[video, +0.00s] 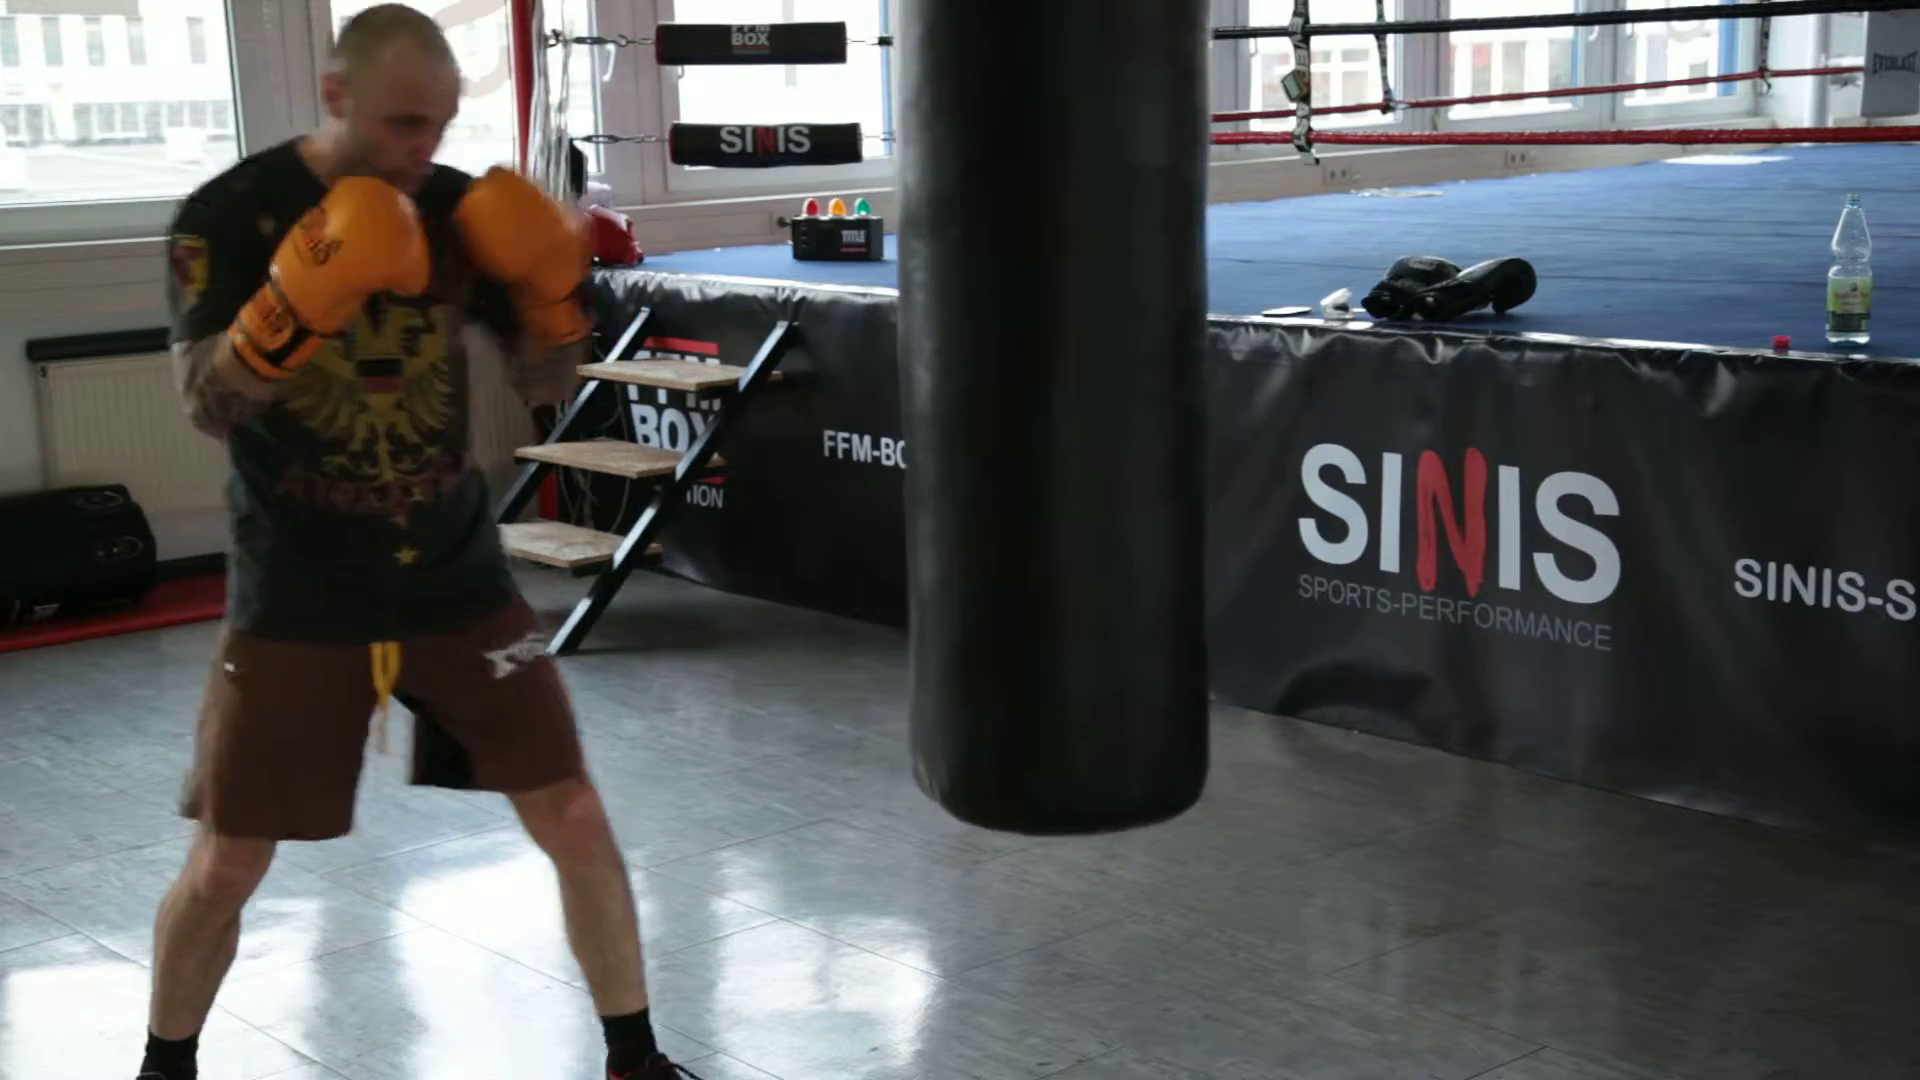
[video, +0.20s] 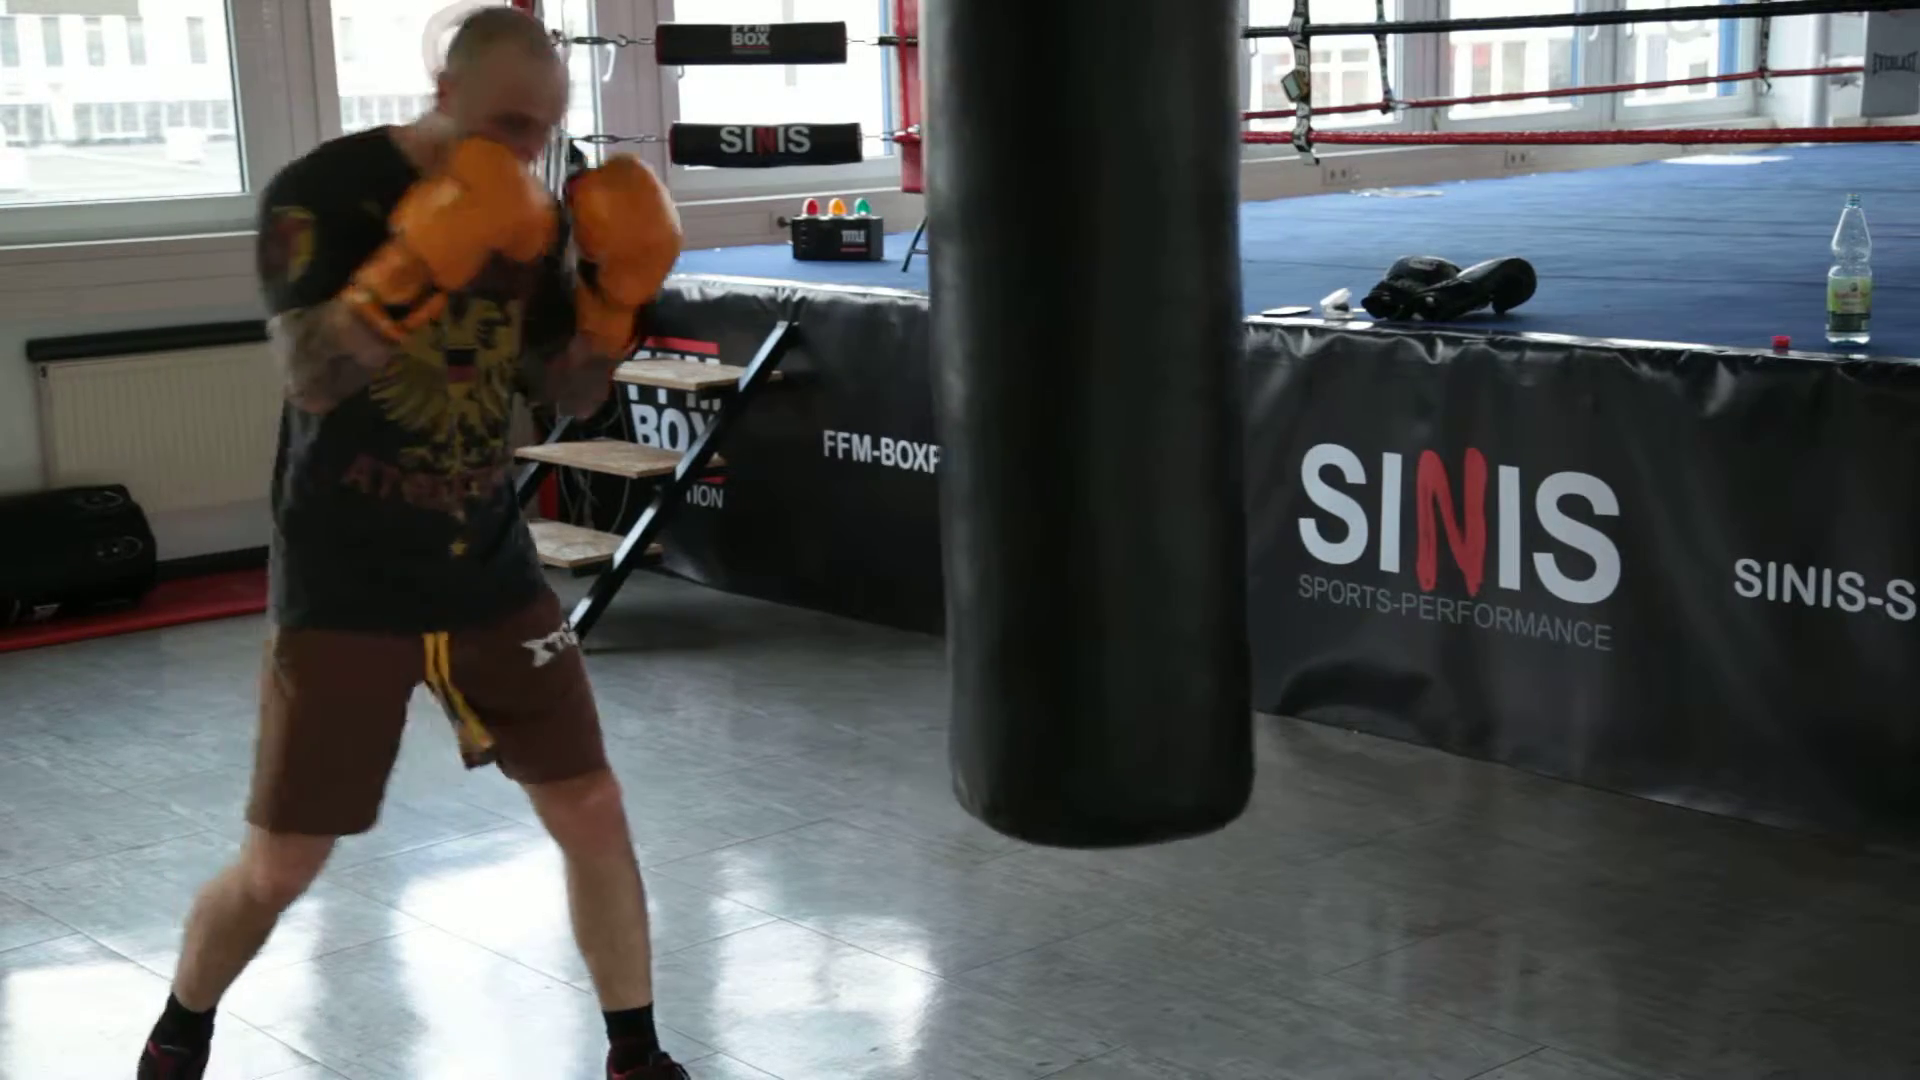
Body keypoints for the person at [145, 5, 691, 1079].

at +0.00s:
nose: (426, 153)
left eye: (440, 128)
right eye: (406, 125)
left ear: (453, 111)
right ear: (334, 95)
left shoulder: (464, 211)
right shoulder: (228, 219)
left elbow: (546, 392)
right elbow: (209, 402)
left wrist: (552, 292)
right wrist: (291, 306)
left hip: (457, 568)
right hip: (299, 580)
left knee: (576, 818)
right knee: (226, 868)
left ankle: (638, 1062)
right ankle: (166, 1072)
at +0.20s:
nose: (519, 155)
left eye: (538, 134)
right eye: (503, 128)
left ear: (550, 123)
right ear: (440, 93)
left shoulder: (537, 218)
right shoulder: (320, 195)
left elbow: (561, 398)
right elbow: (311, 378)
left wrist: (618, 296)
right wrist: (418, 263)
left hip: (490, 561)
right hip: (345, 569)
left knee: (592, 812)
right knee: (283, 862)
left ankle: (637, 1057)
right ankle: (178, 1041)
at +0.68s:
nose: (364, 181)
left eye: (379, 154)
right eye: (338, 158)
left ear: (396, 140)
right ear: (268, 139)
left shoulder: (432, 209)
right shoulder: (203, 256)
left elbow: (576, 355)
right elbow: (236, 466)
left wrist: (525, 284)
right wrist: (275, 353)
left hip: (469, 578)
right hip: (307, 595)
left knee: (593, 828)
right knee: (225, 879)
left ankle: (640, 1058)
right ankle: (163, 1062)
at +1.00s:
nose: (502, 124)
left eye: (520, 101)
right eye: (482, 98)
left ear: (536, 86)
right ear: (411, 71)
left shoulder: (524, 202)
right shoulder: (296, 197)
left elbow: (575, 388)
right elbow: (277, 383)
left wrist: (619, 291)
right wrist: (390, 271)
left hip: (498, 562)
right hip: (345, 573)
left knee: (604, 822)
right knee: (267, 866)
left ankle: (638, 1060)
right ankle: (171, 1057)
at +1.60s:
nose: (444, 256)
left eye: (460, 227)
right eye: (416, 234)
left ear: (479, 201)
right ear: (342, 213)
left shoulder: (523, 261)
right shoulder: (273, 301)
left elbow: (661, 428)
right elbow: (261, 498)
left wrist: (616, 328)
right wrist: (332, 437)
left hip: (525, 637)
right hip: (353, 646)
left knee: (654, 883)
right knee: (254, 921)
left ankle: (703, 1073)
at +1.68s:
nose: (495, 275)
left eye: (508, 247)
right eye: (468, 255)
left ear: (522, 221)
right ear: (390, 232)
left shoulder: (565, 298)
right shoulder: (313, 319)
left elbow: (670, 474)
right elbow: (286, 510)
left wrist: (659, 401)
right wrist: (335, 497)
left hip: (557, 658)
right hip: (381, 673)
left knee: (689, 886)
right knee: (272, 934)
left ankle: (711, 1073)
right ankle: (205, 1078)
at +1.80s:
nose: (630, 226)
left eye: (640, 198)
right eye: (607, 200)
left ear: (649, 178)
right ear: (534, 171)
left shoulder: (634, 272)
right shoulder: (414, 264)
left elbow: (681, 431)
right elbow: (329, 454)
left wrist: (704, 368)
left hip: (575, 607)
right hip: (424, 620)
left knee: (685, 848)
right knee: (324, 915)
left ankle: (711, 1074)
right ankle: (208, 1077)